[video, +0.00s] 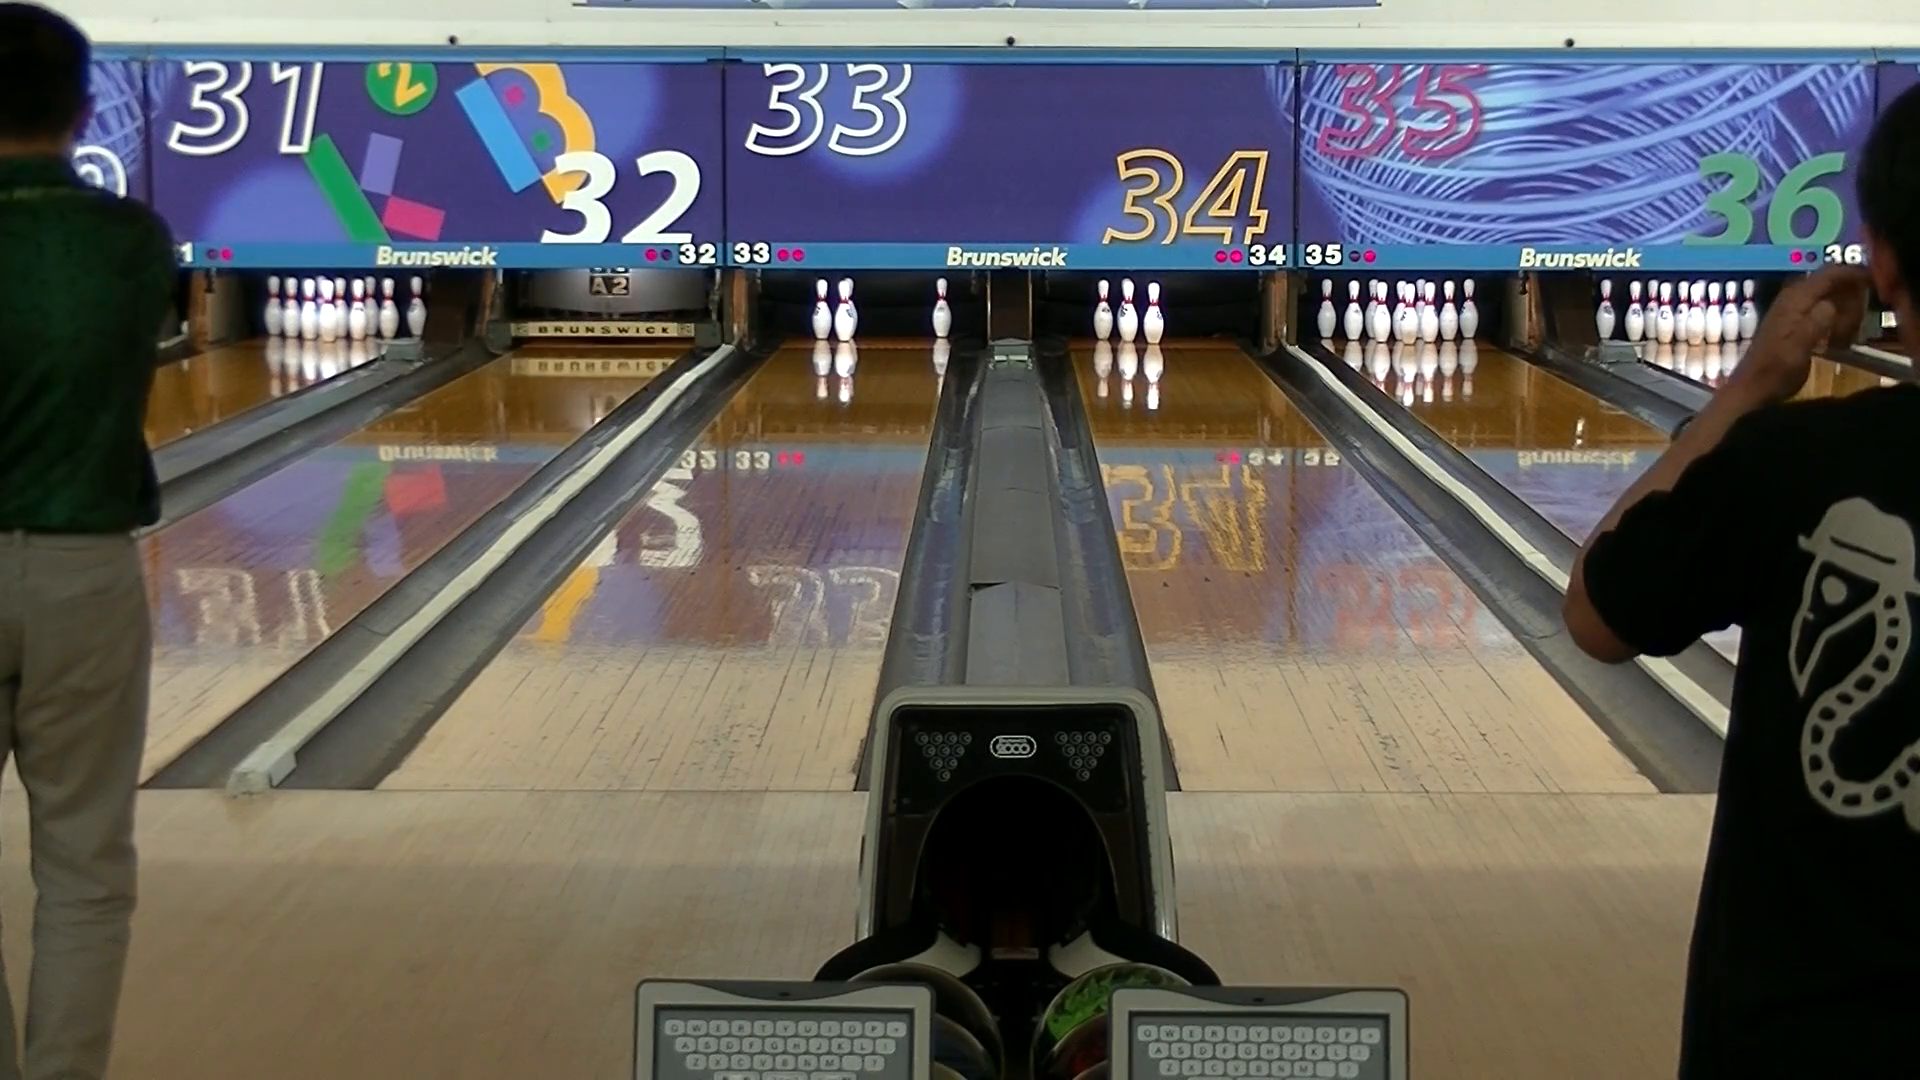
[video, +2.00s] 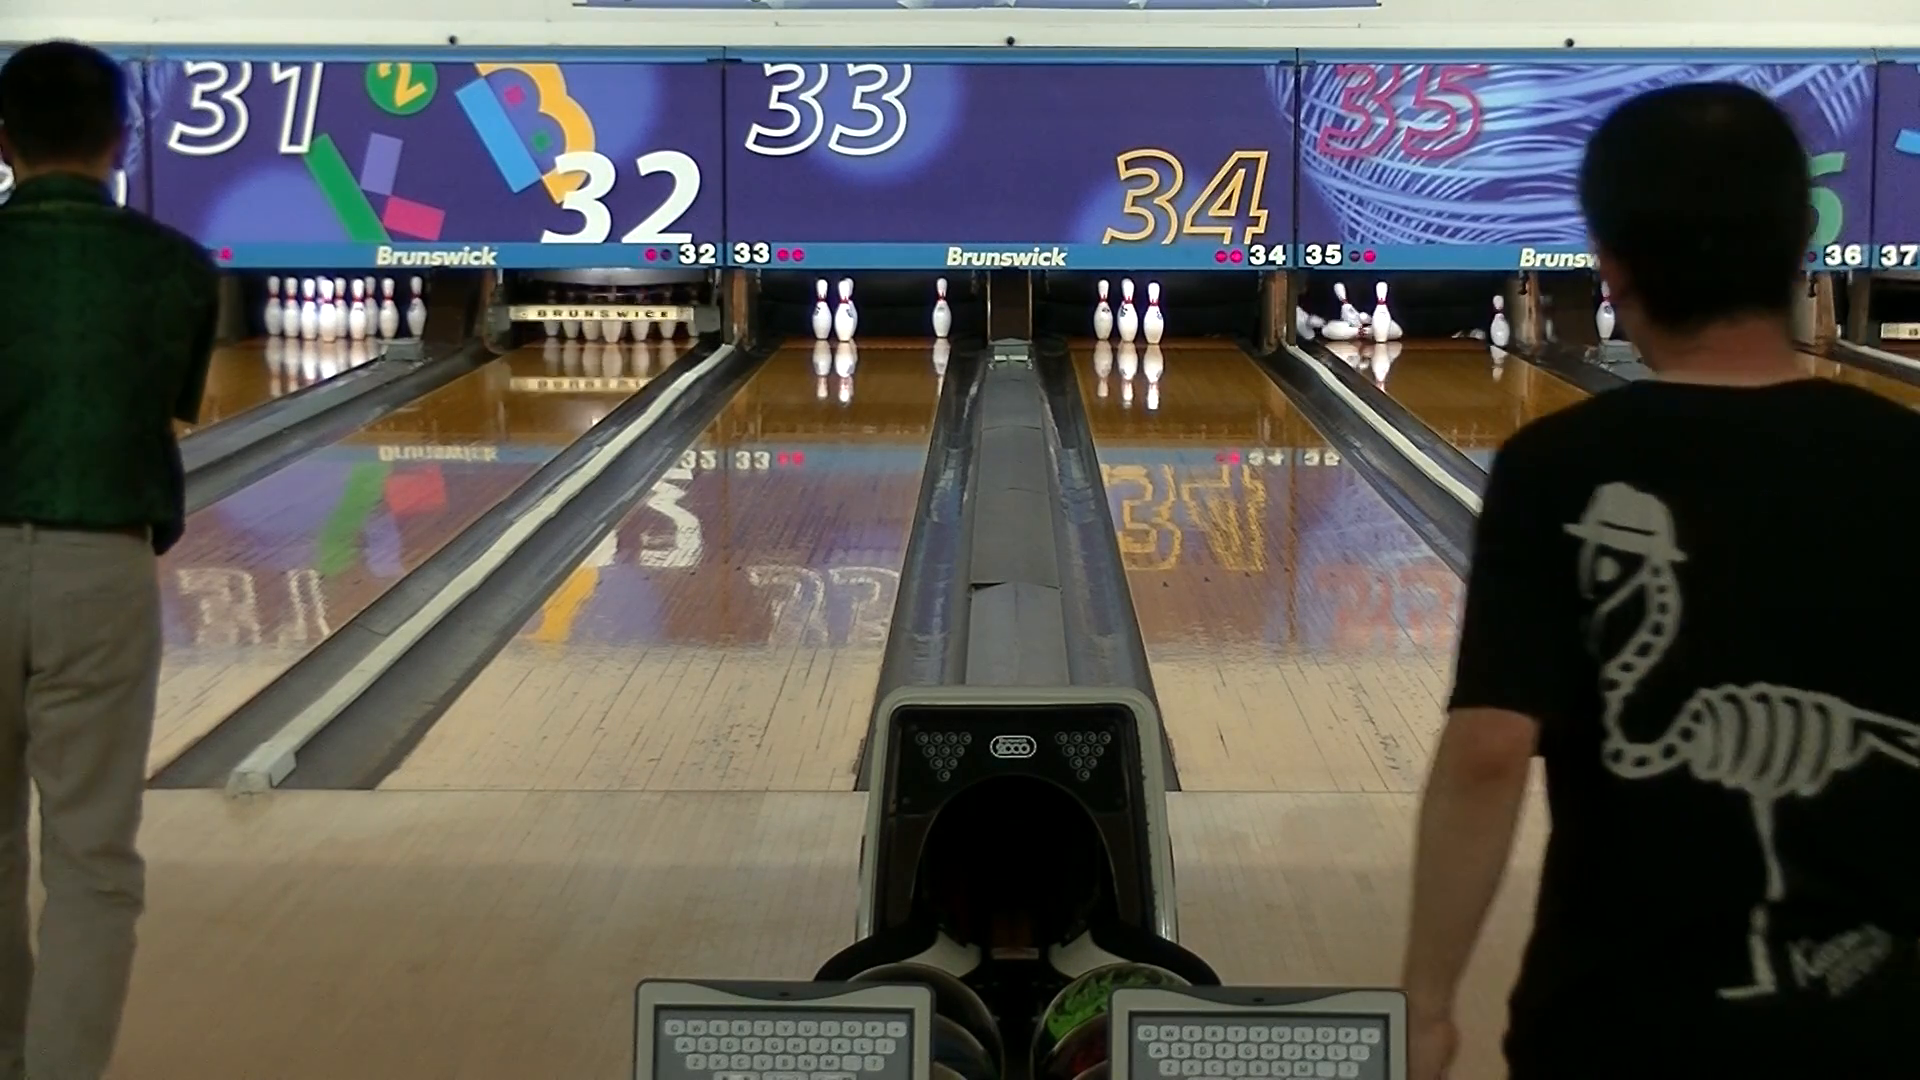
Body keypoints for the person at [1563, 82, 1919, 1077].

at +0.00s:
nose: (1864, 257)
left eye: (1866, 236)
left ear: (1885, 265)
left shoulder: (1813, 458)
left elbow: (1600, 616)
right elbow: (1602, 615)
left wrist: (1752, 380)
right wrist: (1756, 388)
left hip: (1792, 995)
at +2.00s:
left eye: (1599, 252)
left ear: (1613, 273)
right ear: (1803, 249)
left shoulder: (1557, 466)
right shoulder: (1899, 448)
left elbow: (1490, 748)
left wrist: (1427, 1000)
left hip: (1625, 1012)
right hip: (1878, 1010)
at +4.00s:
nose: (1047, 624)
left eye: (1013, 600)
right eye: (1015, 614)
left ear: (1025, 518)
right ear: (1031, 505)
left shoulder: (1132, 555)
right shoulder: (1269, 493)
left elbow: (1237, 791)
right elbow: (1333, 780)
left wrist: (1164, 918)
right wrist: (1182, 937)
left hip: (1450, 894)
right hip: (1546, 852)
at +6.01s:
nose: (1175, 534)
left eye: (1188, 483)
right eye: (1170, 484)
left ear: (1314, 477)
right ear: (1309, 482)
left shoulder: (1625, 600)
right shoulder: (1288, 650)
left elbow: (1839, 900)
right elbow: (1168, 924)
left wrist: (1635, 1073)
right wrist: (1050, 1070)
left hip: (1770, 1041)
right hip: (1542, 1036)